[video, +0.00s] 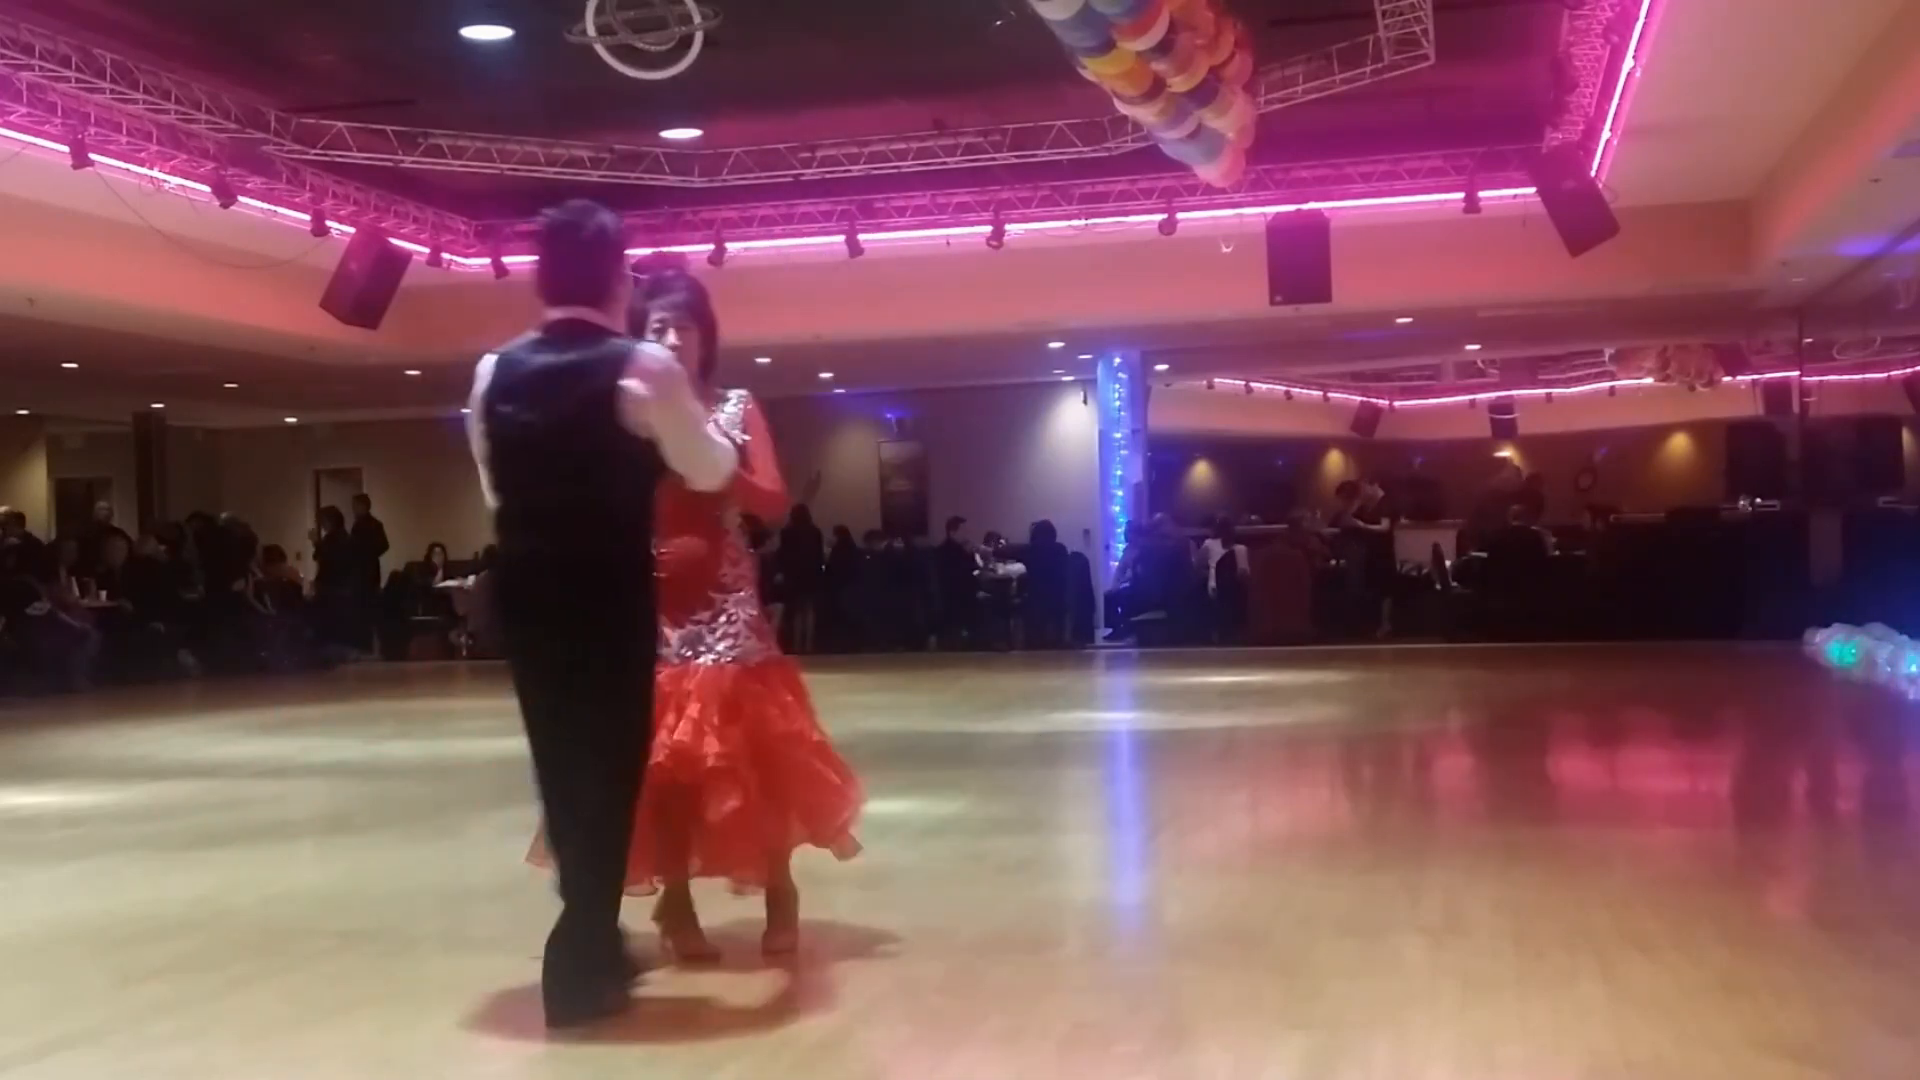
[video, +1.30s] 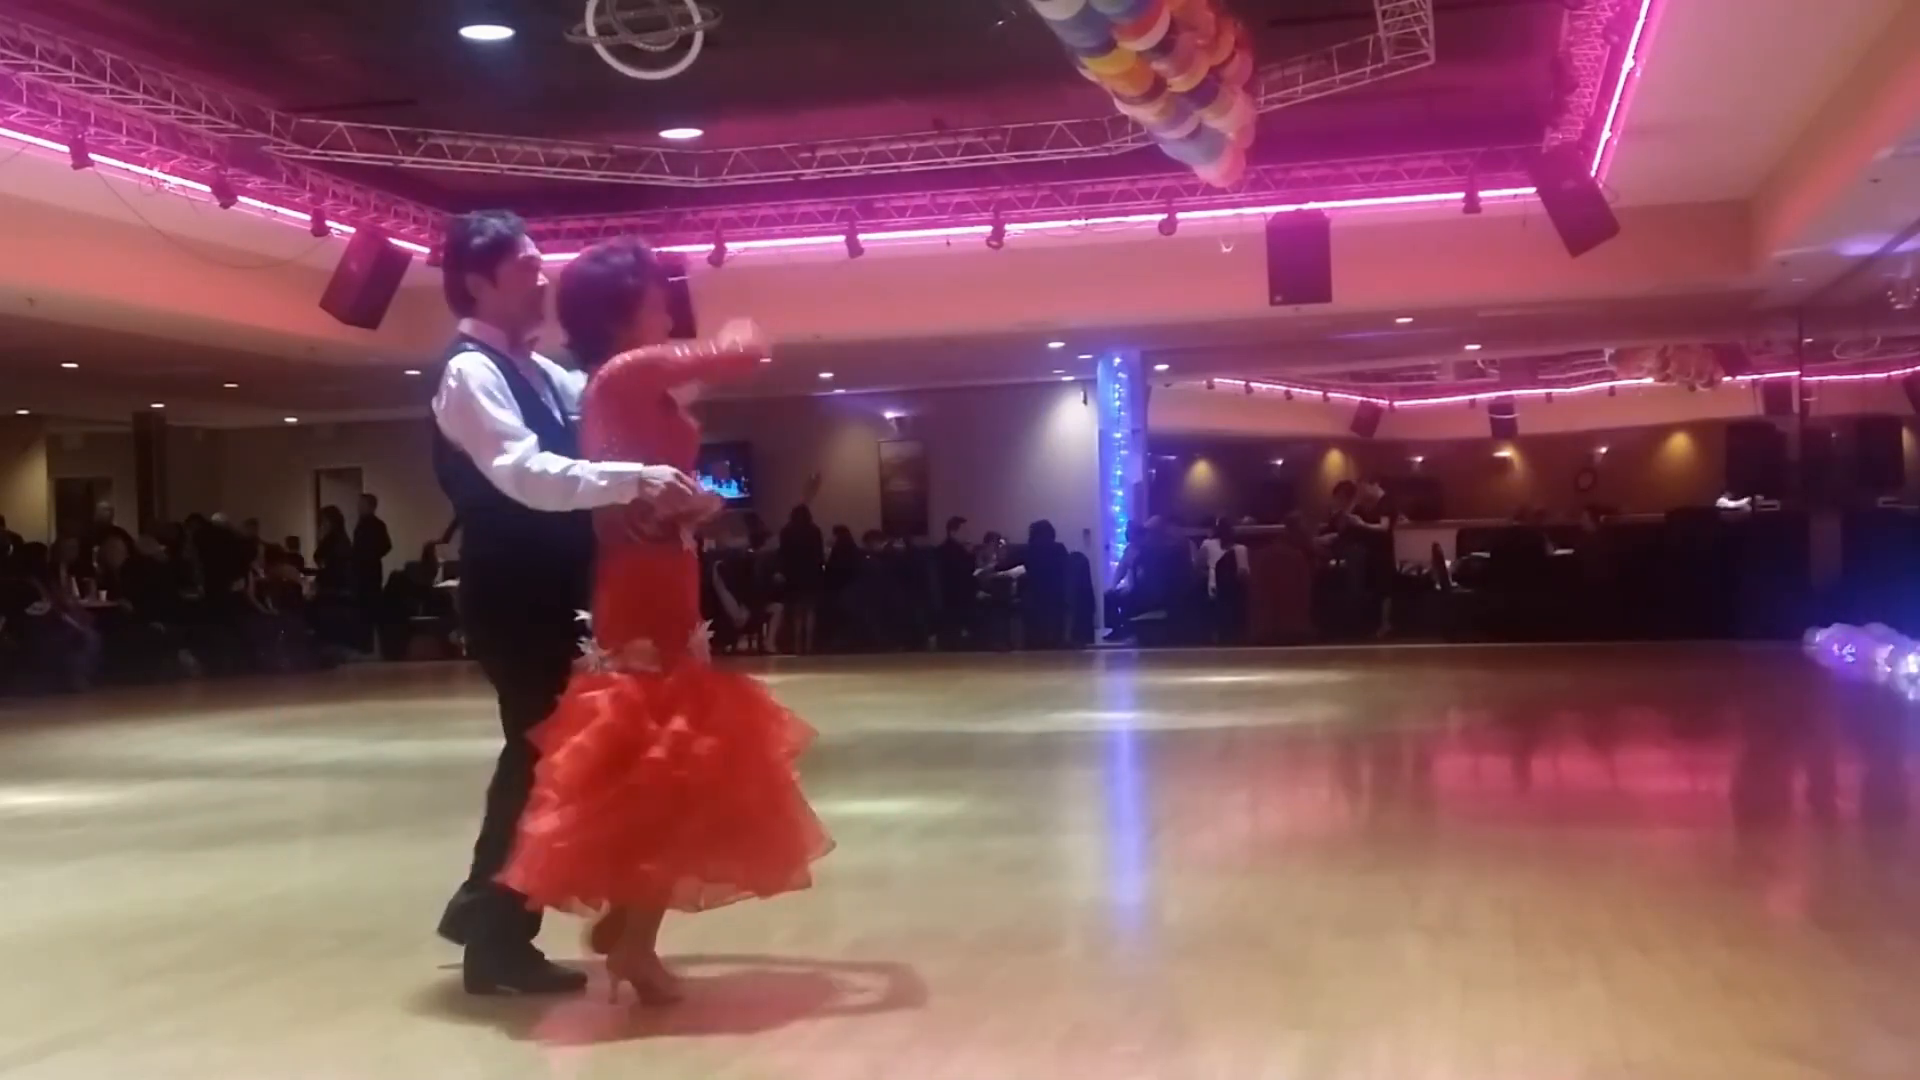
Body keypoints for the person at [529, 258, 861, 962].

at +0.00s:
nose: (669, 339)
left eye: (682, 325)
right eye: (655, 327)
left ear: (707, 337)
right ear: (638, 340)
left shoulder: (734, 410)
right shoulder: (625, 418)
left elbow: (772, 503)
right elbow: (602, 498)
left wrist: (718, 464)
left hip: (723, 596)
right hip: (650, 601)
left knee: (744, 740)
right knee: (669, 753)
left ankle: (778, 891)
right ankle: (675, 898)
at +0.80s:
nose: (715, 329)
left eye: (730, 320)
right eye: (705, 319)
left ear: (751, 340)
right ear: (688, 337)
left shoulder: (773, 418)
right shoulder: (665, 411)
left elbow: (784, 485)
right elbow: (607, 386)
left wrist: (698, 495)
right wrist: (597, 297)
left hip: (749, 593)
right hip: (679, 593)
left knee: (751, 750)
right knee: (683, 750)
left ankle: (733, 917)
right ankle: (685, 886)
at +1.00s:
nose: (707, 316)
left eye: (715, 306)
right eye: (694, 306)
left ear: (728, 320)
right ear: (664, 318)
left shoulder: (746, 405)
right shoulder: (650, 396)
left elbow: (784, 488)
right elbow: (643, 290)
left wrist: (709, 500)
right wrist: (654, 216)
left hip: (732, 587)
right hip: (667, 586)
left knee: (746, 753)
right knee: (678, 757)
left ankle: (735, 924)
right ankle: (641, 918)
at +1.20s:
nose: (685, 294)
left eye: (679, 283)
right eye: (674, 283)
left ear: (620, 302)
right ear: (646, 296)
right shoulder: (631, 366)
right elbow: (724, 299)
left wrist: (711, 491)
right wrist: (714, 276)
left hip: (677, 583)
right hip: (659, 587)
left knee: (703, 757)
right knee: (676, 764)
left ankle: (679, 924)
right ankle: (630, 941)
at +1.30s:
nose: (667, 304)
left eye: (662, 292)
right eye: (656, 292)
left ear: (589, 312)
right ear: (630, 303)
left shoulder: (609, 387)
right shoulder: (627, 375)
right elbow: (727, 356)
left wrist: (700, 505)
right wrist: (743, 341)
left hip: (638, 575)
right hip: (652, 579)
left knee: (657, 754)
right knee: (667, 755)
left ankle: (626, 918)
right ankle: (634, 933)